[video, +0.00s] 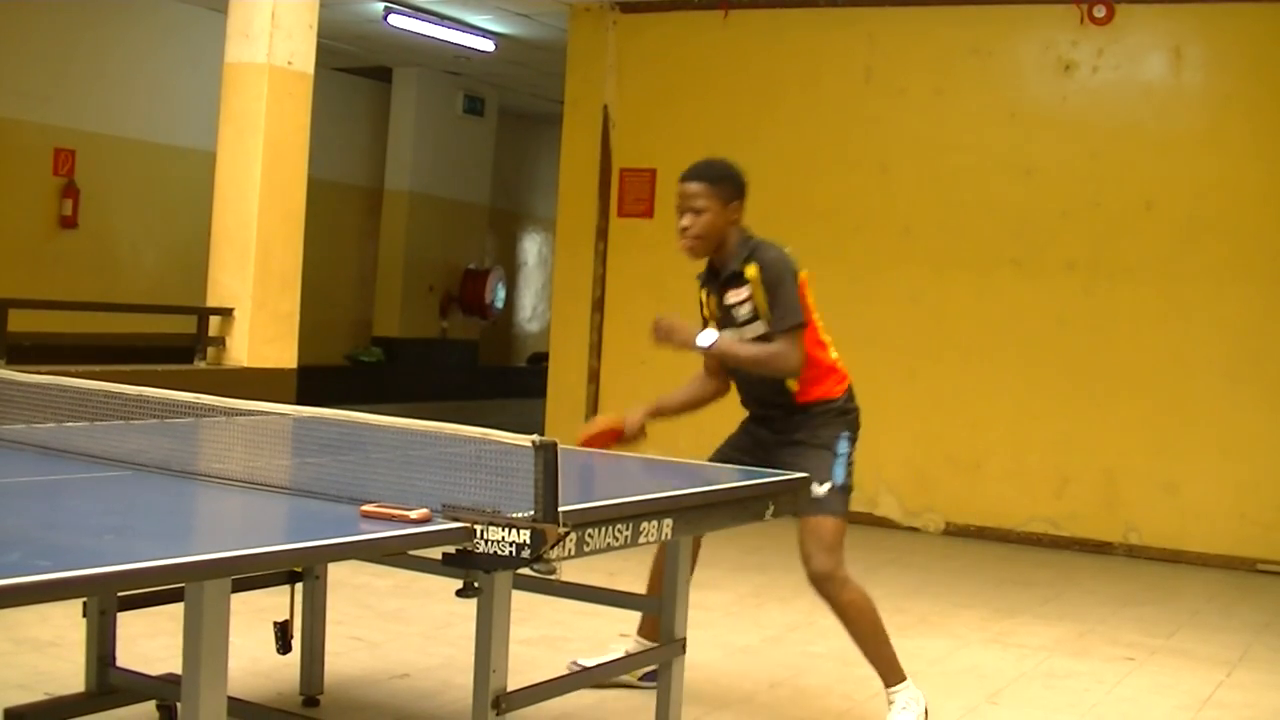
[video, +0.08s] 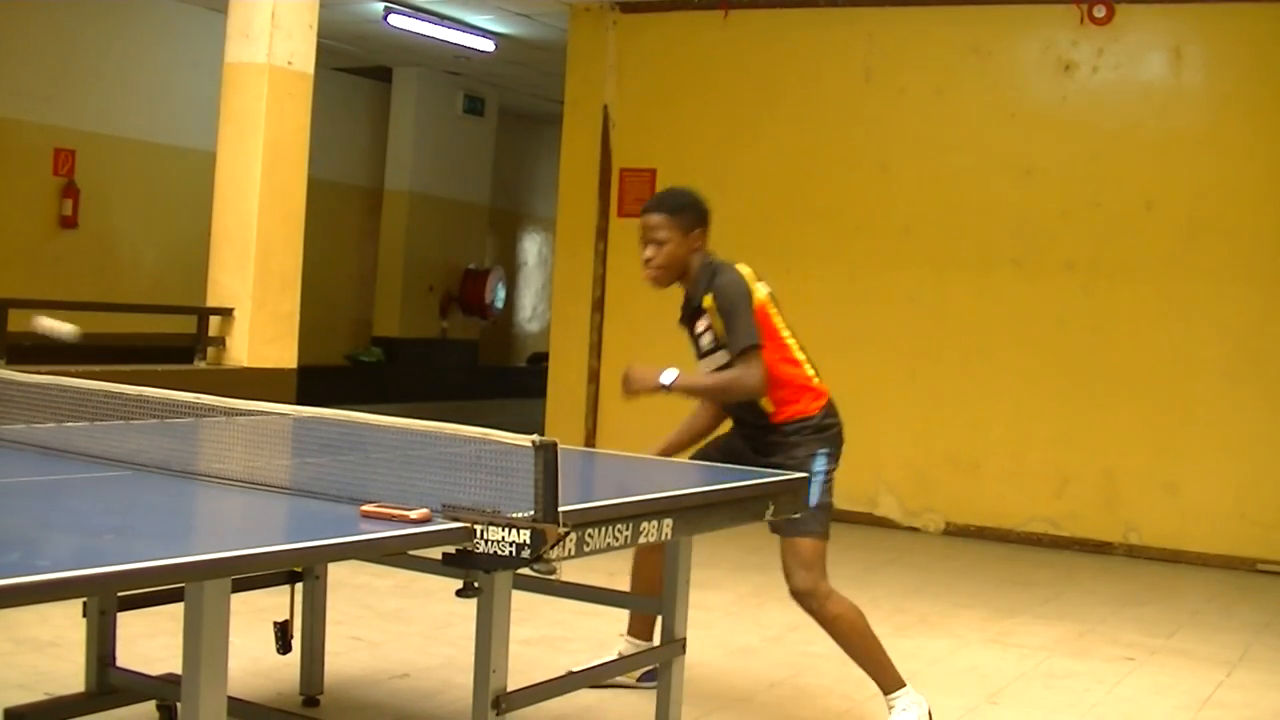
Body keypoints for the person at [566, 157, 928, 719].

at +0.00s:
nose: (684, 223)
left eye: (696, 210)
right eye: (680, 210)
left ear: (734, 211)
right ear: (680, 213)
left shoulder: (770, 264)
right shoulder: (711, 284)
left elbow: (788, 359)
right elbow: (716, 380)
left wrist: (700, 338)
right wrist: (647, 411)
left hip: (820, 420)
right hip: (764, 421)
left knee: (824, 569)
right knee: (680, 520)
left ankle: (903, 694)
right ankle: (645, 651)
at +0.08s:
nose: (647, 255)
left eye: (658, 241)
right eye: (643, 242)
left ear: (696, 239)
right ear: (643, 243)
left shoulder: (726, 282)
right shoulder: (694, 303)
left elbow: (751, 378)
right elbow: (718, 399)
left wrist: (665, 376)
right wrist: (659, 458)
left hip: (804, 436)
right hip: (752, 436)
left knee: (807, 584)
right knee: (656, 509)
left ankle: (904, 701)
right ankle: (637, 652)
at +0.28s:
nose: (574, 275)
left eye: (579, 260)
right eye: (571, 263)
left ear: (616, 250)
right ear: (613, 254)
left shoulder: (653, 283)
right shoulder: (636, 300)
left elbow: (711, 354)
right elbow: (684, 374)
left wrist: (632, 405)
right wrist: (620, 420)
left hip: (763, 422)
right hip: (712, 427)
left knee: (794, 564)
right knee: (621, 504)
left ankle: (891, 692)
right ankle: (635, 652)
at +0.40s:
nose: (574, 239)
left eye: (579, 226)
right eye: (570, 228)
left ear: (614, 215)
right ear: (606, 219)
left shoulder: (678, 253)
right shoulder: (627, 278)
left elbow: (729, 326)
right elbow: (607, 363)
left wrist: (643, 350)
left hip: (745, 414)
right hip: (685, 416)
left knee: (781, 544)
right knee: (603, 504)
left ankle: (851, 687)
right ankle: (630, 648)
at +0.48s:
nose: (593, 225)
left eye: (599, 212)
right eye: (589, 213)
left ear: (636, 201)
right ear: (621, 208)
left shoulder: (703, 246)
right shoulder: (623, 270)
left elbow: (743, 323)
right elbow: (556, 325)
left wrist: (656, 319)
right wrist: (507, 266)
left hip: (731, 417)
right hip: (665, 414)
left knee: (773, 543)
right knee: (575, 499)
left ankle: (826, 690)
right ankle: (607, 634)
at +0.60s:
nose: (627, 223)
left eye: (640, 211)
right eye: (622, 212)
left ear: (678, 209)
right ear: (620, 215)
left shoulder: (726, 273)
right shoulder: (623, 273)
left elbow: (757, 356)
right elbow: (547, 292)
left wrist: (695, 301)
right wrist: (569, 219)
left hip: (719, 440)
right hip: (642, 436)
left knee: (776, 545)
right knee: (553, 521)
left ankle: (822, 693)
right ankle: (562, 653)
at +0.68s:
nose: (654, 222)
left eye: (667, 211)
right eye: (651, 211)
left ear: (702, 212)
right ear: (647, 214)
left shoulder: (748, 278)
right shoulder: (644, 270)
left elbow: (765, 367)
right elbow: (578, 312)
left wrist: (716, 304)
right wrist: (607, 236)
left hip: (730, 439)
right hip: (650, 435)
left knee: (795, 543)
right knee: (558, 520)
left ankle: (829, 695)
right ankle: (563, 652)